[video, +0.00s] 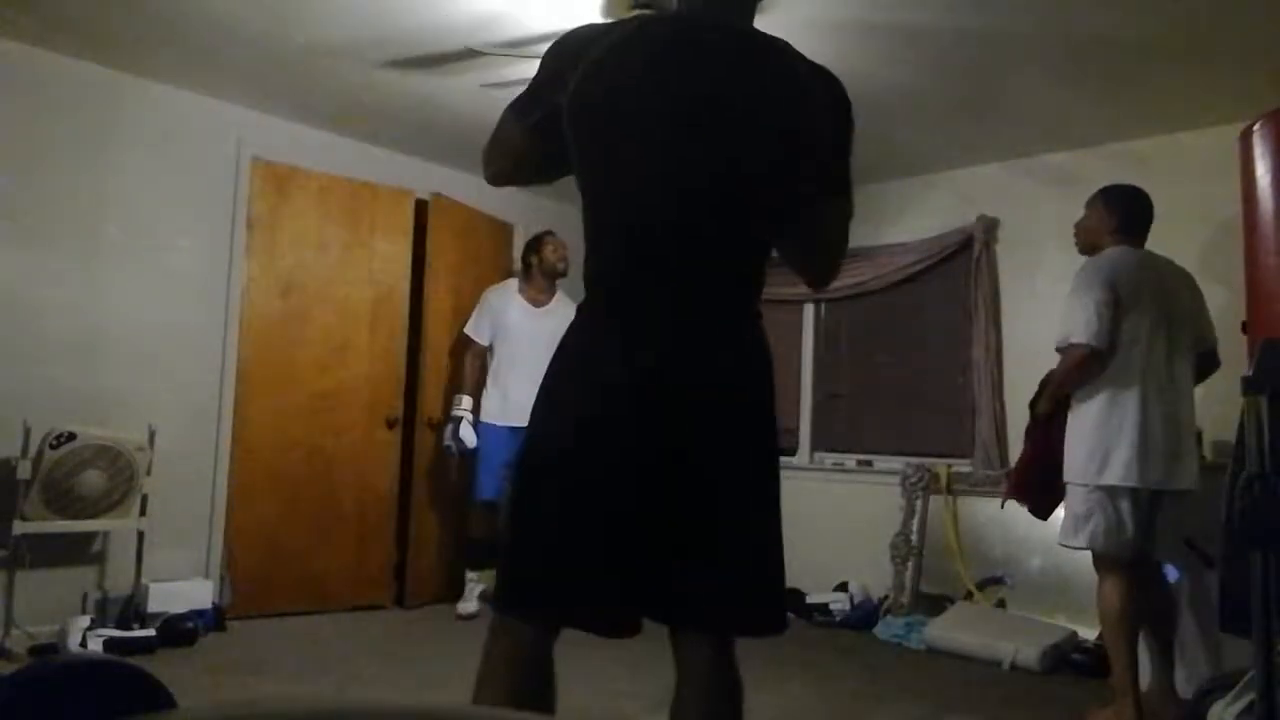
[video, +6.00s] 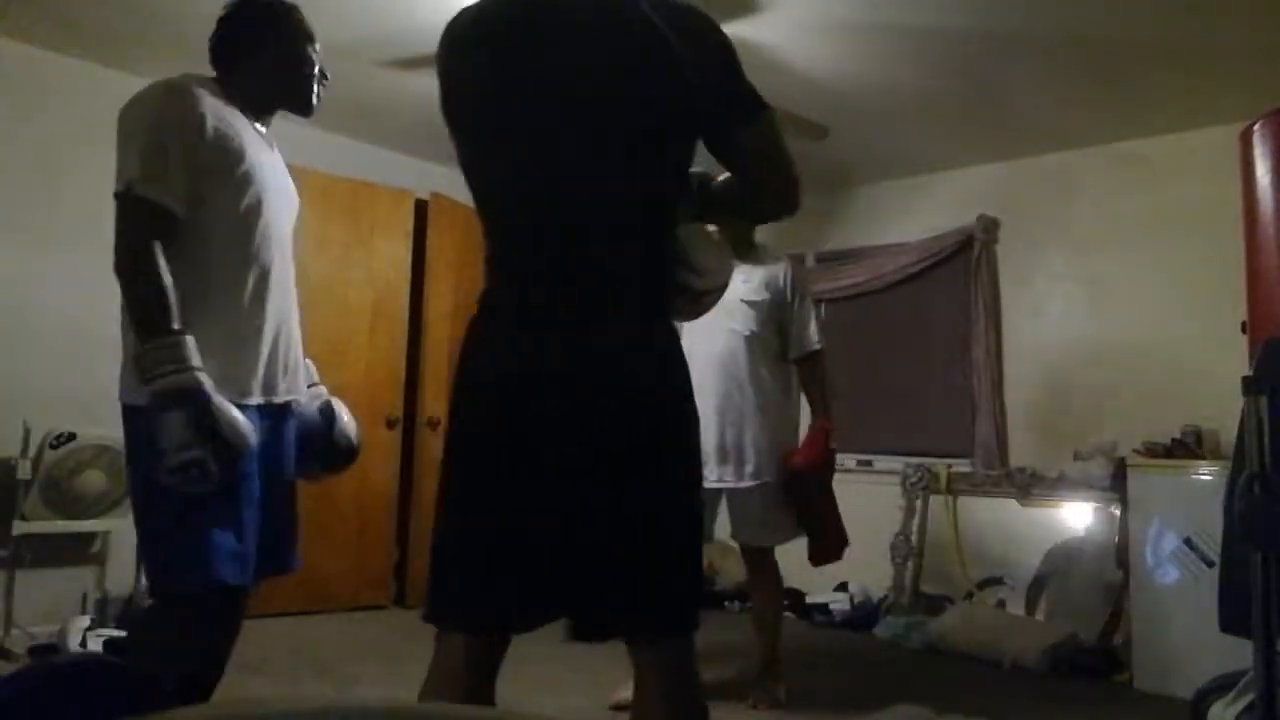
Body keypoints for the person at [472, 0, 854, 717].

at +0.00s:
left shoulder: (594, 54)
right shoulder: (808, 89)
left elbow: (504, 162)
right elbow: (819, 260)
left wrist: (607, 106)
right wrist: (754, 161)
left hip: (602, 363)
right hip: (723, 373)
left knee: (523, 620)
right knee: (705, 636)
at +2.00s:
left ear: (562, 3)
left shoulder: (527, 65)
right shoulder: (722, 91)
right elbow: (725, 209)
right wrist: (729, 91)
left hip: (537, 359)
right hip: (655, 369)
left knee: (483, 640)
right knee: (672, 638)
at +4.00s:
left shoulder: (449, 50)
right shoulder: (634, 41)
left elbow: (456, 234)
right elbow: (726, 213)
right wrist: (631, 162)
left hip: (478, 370)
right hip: (604, 374)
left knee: (433, 635)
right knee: (644, 646)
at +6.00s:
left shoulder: (467, 35)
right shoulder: (674, 28)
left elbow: (516, 191)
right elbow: (774, 189)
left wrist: (662, 241)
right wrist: (675, 196)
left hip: (507, 354)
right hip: (634, 359)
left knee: (465, 644)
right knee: (661, 650)